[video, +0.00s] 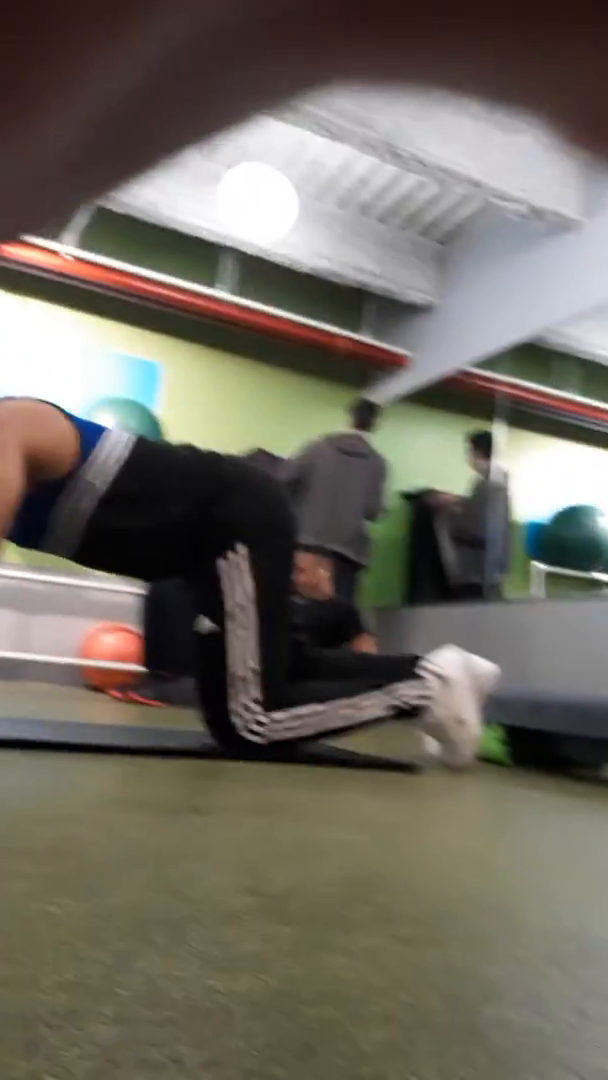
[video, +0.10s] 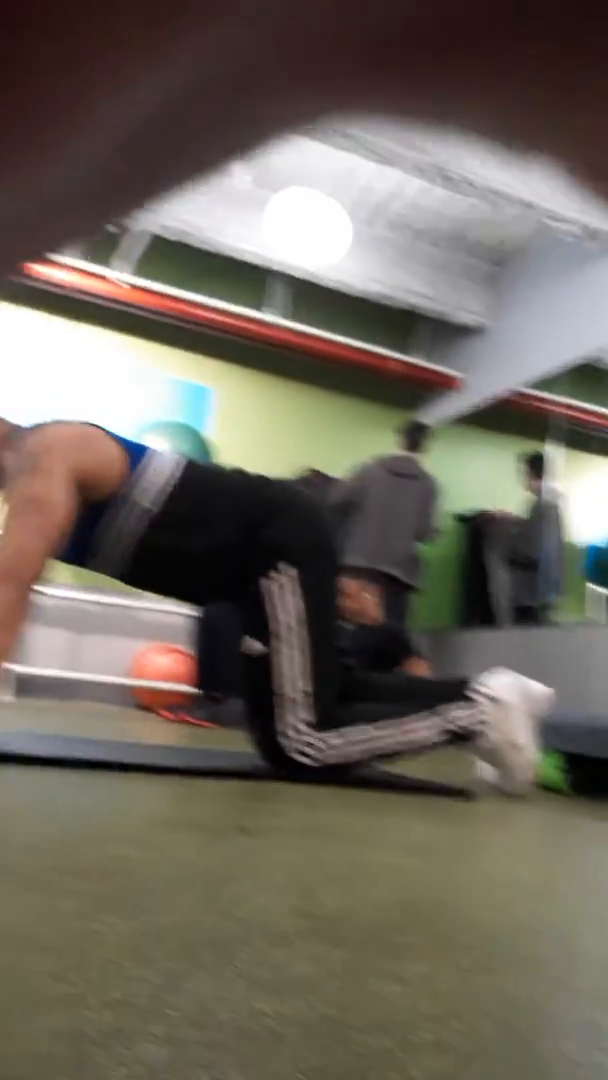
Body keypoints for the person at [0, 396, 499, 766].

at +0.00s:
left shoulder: (17, 427)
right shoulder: (19, 430)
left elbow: (8, 519)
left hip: (233, 520)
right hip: (228, 520)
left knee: (247, 722)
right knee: (272, 681)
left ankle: (425, 687)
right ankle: (436, 676)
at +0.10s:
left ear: (1, 438)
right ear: (6, 437)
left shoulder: (51, 456)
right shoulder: (31, 464)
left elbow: (14, 590)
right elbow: (16, 590)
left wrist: (7, 666)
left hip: (280, 544)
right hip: (261, 557)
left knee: (298, 744)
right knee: (302, 715)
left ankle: (476, 714)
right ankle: (484, 704)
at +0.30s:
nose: (14, 510)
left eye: (10, 490)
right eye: (5, 498)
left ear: (43, 450)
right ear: (43, 455)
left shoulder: (123, 477)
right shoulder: (108, 494)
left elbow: (93, 612)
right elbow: (87, 615)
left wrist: (36, 746)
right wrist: (39, 743)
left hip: (352, 567)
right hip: (332, 580)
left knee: (386, 765)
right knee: (369, 756)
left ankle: (567, 725)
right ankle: (555, 723)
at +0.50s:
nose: (80, 538)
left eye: (74, 519)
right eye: (69, 528)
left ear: (109, 476)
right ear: (107, 482)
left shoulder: (185, 495)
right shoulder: (175, 511)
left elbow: (160, 631)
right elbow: (159, 637)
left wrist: (107, 768)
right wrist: (114, 760)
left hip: (422, 578)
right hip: (404, 588)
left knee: (464, 777)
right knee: (448, 767)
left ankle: (601, 735)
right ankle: (589, 716)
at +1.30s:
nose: (105, 579)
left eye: (94, 562)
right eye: (91, 571)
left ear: (118, 515)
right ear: (121, 515)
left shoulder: (212, 517)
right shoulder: (203, 531)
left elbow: (220, 663)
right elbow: (220, 666)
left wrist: (187, 798)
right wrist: (188, 793)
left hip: (440, 605)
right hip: (427, 617)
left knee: (554, 787)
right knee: (534, 774)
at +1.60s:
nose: (78, 574)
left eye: (67, 555)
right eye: (64, 564)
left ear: (95, 510)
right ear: (99, 511)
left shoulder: (189, 515)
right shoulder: (184, 531)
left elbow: (213, 654)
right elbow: (211, 660)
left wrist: (189, 797)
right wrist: (184, 793)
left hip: (428, 594)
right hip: (418, 610)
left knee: (591, 703)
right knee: (553, 742)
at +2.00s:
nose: (63, 594)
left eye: (53, 575)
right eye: (48, 583)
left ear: (78, 534)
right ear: (83, 532)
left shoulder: (174, 543)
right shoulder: (165, 565)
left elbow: (217, 652)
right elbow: (219, 673)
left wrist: (187, 798)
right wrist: (186, 798)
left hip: (421, 642)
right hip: (410, 658)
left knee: (590, 697)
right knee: (568, 712)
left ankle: (591, 622)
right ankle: (588, 626)